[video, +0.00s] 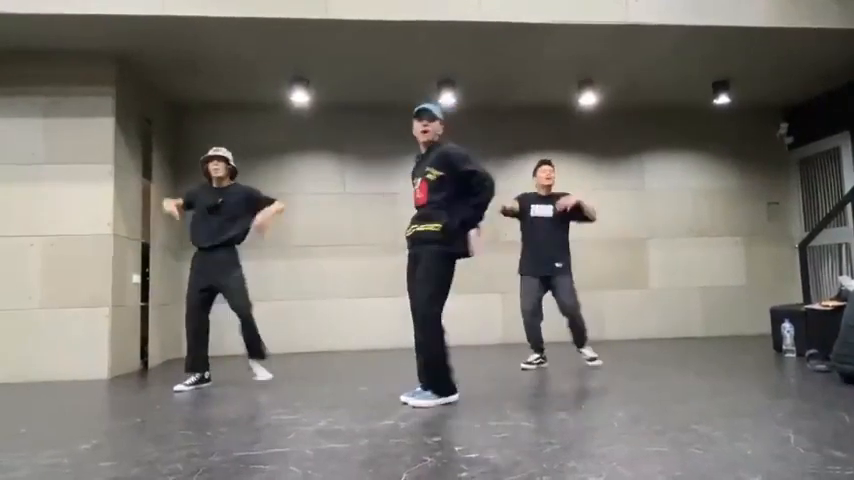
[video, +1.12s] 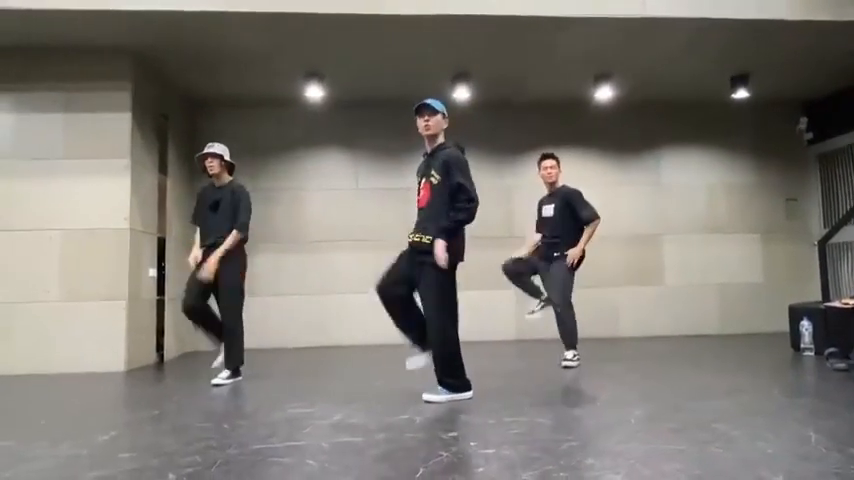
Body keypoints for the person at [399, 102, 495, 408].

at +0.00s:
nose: (425, 126)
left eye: (431, 121)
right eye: (420, 121)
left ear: (441, 126)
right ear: (413, 127)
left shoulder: (451, 154)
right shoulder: (421, 164)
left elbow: (484, 185)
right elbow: (434, 198)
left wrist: (461, 222)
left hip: (440, 246)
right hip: (419, 245)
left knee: (427, 314)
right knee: (420, 314)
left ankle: (442, 387)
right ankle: (430, 383)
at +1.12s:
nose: (425, 120)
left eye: (431, 115)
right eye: (421, 116)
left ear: (444, 120)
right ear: (417, 123)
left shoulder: (452, 156)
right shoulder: (426, 163)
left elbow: (467, 203)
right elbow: (430, 206)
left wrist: (443, 236)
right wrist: (419, 237)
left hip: (438, 250)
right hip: (418, 247)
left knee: (439, 319)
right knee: (390, 289)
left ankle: (455, 384)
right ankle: (425, 343)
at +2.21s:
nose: (379, 121)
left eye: (386, 116)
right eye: (378, 117)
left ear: (402, 120)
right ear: (397, 124)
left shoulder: (395, 144)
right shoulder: (404, 145)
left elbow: (402, 183)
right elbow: (411, 191)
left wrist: (384, 222)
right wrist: (393, 228)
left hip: (407, 241)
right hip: (400, 240)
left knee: (417, 305)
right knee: (389, 306)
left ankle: (460, 371)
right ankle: (384, 374)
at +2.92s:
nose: (446, 120)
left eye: (452, 115)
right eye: (441, 115)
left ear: (461, 121)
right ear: (433, 121)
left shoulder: (467, 160)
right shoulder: (421, 157)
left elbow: (477, 206)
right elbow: (400, 195)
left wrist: (446, 224)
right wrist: (402, 213)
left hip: (441, 245)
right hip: (410, 241)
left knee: (439, 303)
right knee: (385, 292)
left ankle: (464, 373)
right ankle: (402, 360)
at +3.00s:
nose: (444, 121)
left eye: (450, 116)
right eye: (439, 116)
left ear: (459, 123)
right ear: (431, 122)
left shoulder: (464, 161)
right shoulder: (420, 160)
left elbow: (475, 208)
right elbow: (402, 199)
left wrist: (442, 228)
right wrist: (402, 217)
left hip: (439, 244)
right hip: (411, 241)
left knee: (436, 303)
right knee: (380, 290)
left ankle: (464, 373)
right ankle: (407, 351)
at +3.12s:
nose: (430, 123)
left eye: (437, 119)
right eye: (426, 118)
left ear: (448, 127)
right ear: (420, 126)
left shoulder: (453, 164)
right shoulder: (415, 167)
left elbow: (461, 211)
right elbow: (402, 208)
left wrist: (423, 232)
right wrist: (398, 229)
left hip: (437, 251)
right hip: (411, 249)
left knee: (433, 311)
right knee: (379, 292)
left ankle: (466, 374)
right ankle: (386, 358)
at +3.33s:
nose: (407, 111)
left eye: (413, 107)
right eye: (404, 106)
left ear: (427, 114)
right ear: (400, 112)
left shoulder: (428, 148)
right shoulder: (407, 148)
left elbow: (434, 191)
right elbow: (409, 191)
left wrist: (395, 205)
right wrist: (392, 215)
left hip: (414, 240)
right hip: (396, 238)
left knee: (437, 303)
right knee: (392, 305)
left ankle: (464, 364)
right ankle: (386, 367)